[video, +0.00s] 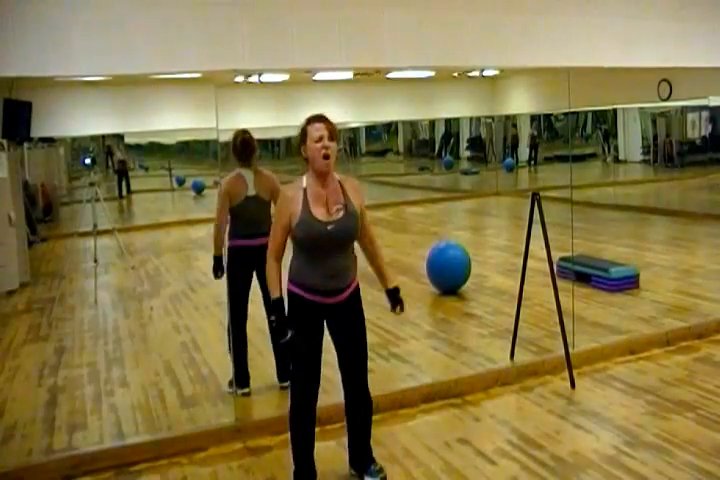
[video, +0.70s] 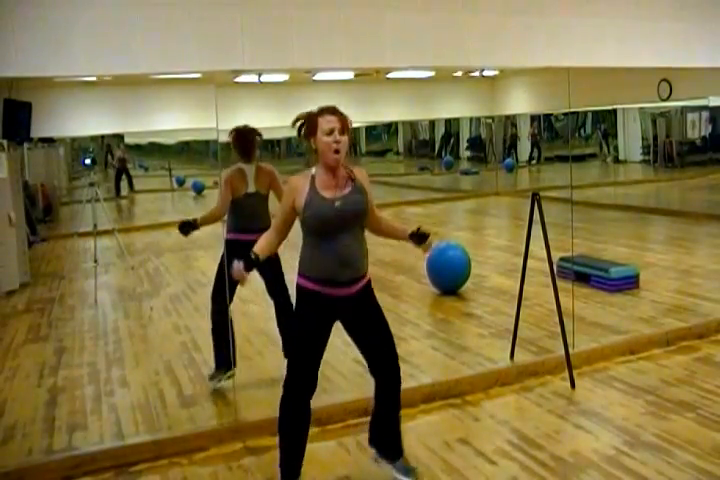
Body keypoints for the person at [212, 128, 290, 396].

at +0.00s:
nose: (242, 153)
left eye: (237, 149)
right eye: (251, 148)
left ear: (234, 153)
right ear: (255, 151)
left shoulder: (229, 183)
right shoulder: (269, 179)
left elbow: (220, 223)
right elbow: (285, 212)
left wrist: (217, 255)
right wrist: (286, 243)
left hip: (239, 253)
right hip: (266, 251)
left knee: (238, 316)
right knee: (275, 310)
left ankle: (241, 379)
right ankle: (284, 372)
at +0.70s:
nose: (235, 149)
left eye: (233, 145)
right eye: (249, 143)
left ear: (234, 147)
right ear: (256, 146)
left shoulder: (230, 176)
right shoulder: (268, 172)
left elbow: (221, 211)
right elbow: (287, 203)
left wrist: (196, 223)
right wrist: (281, 230)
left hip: (236, 247)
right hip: (265, 244)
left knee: (220, 302)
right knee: (282, 299)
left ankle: (225, 364)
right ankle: (294, 355)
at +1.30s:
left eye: (235, 174)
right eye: (249, 174)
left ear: (232, 177)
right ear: (252, 176)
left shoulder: (226, 201)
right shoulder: (262, 198)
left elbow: (211, 239)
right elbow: (281, 228)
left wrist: (193, 250)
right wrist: (291, 235)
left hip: (237, 270)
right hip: (266, 267)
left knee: (212, 315)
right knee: (286, 312)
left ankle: (210, 374)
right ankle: (300, 364)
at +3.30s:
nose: (226, 171)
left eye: (221, 167)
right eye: (231, 167)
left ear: (217, 170)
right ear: (235, 169)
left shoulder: (211, 196)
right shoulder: (245, 193)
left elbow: (203, 231)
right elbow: (257, 225)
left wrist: (194, 259)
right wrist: (268, 253)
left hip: (220, 257)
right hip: (246, 255)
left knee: (197, 299)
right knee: (266, 294)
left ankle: (194, 354)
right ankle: (278, 342)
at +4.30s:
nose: (218, 169)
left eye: (214, 166)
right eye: (226, 165)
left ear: (212, 167)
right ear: (231, 166)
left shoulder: (207, 191)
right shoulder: (241, 190)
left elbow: (198, 225)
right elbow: (252, 222)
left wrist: (187, 253)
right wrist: (262, 246)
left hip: (213, 251)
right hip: (239, 250)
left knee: (194, 293)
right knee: (258, 288)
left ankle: (193, 343)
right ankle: (270, 332)